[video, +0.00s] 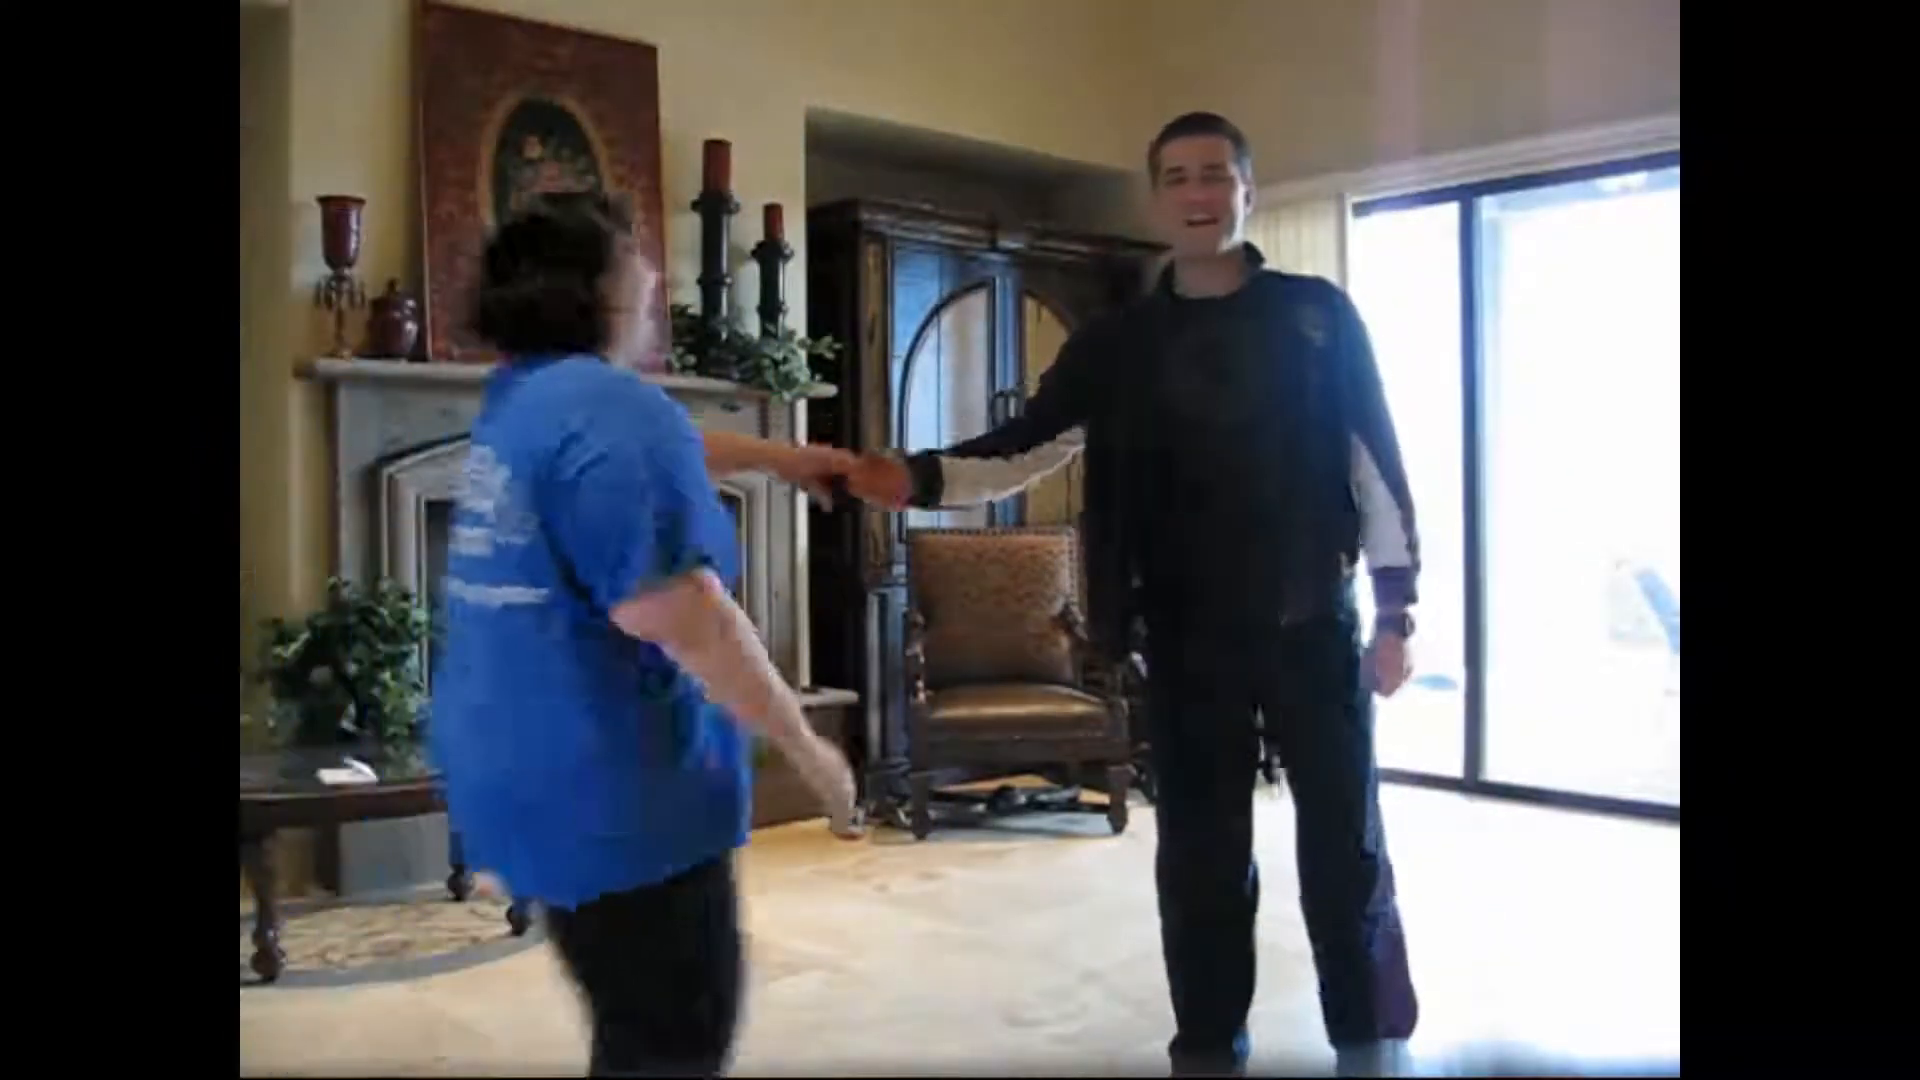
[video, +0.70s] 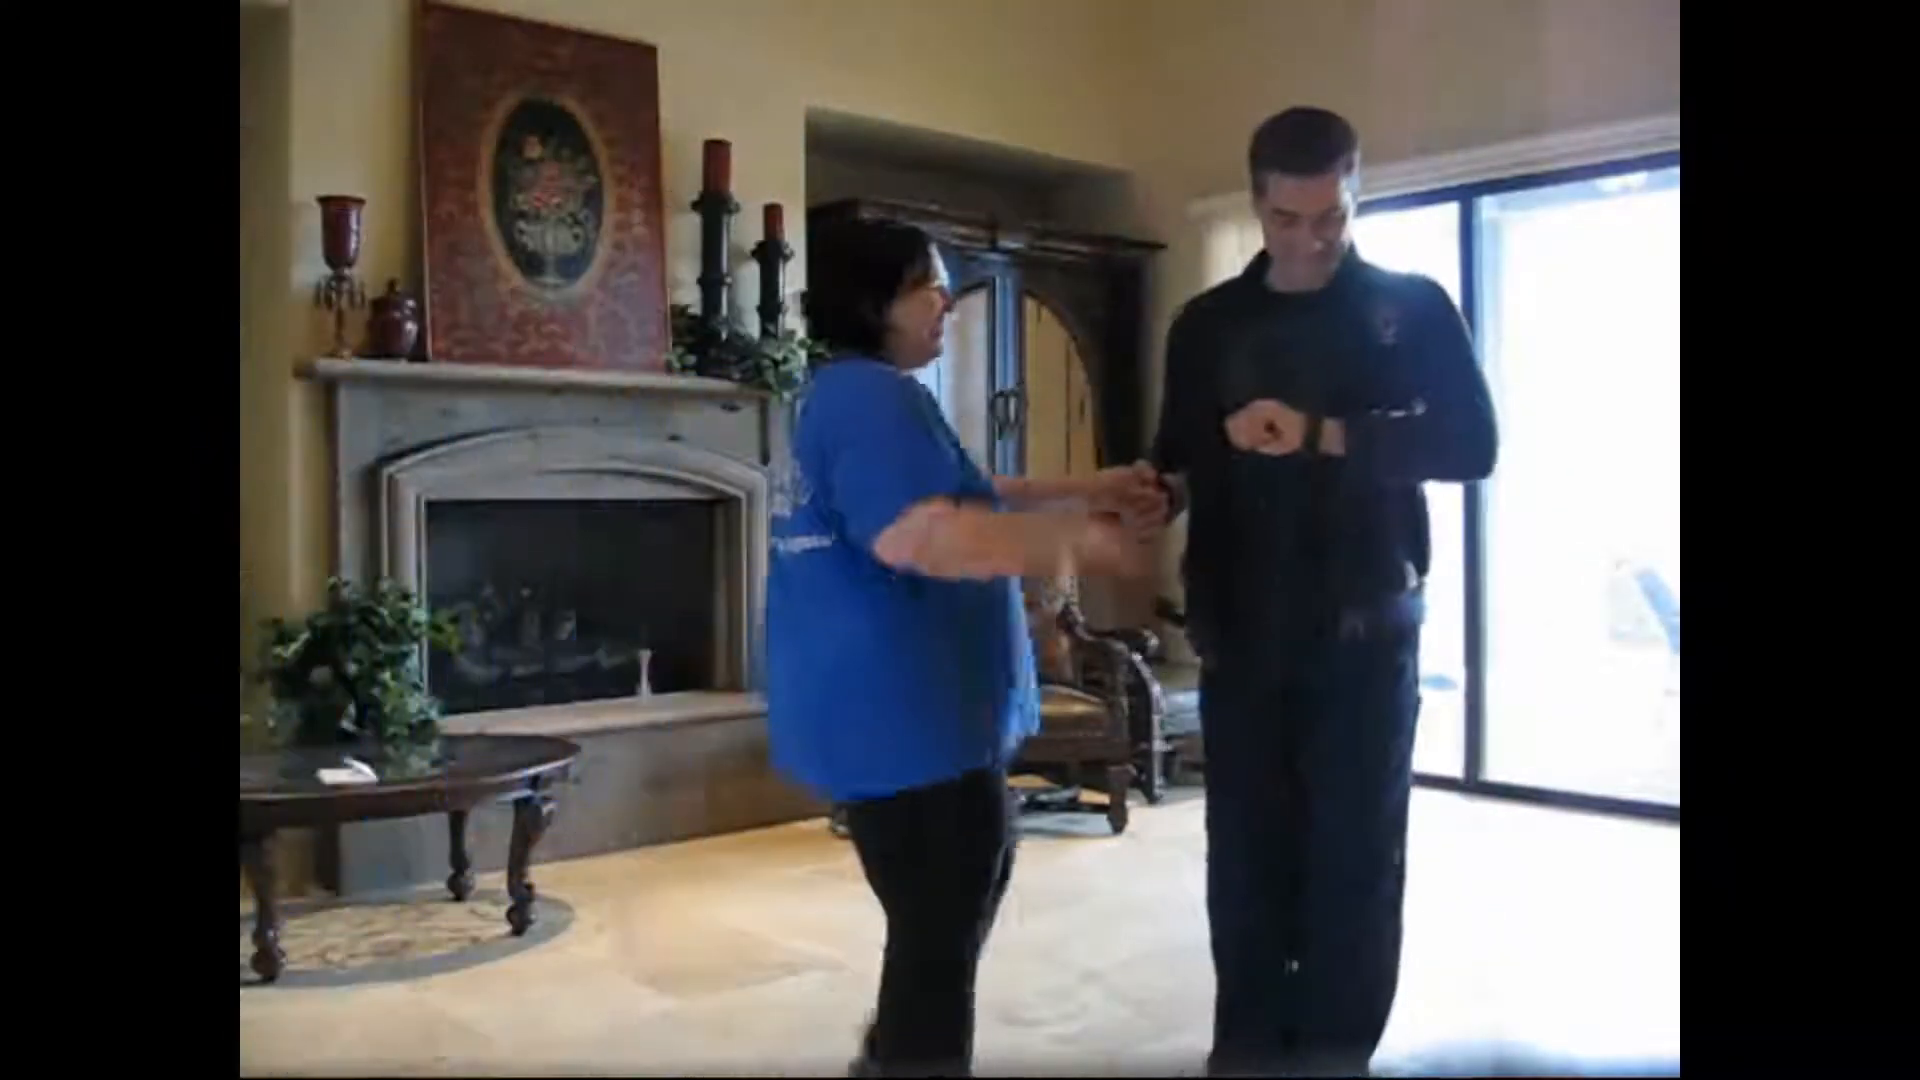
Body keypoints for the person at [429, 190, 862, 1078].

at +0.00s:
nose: (655, 281)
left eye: (648, 260)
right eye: (638, 261)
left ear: (529, 296)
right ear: (598, 287)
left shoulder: (525, 403)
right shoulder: (611, 415)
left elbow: (653, 446)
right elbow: (666, 600)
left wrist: (781, 459)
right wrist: (796, 738)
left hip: (553, 786)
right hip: (620, 798)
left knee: (643, 1030)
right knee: (674, 1037)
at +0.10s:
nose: (709, 264)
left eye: (700, 245)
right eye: (694, 247)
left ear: (589, 279)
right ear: (661, 273)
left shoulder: (588, 384)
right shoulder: (668, 391)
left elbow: (712, 457)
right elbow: (697, 573)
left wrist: (837, 477)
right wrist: (780, 762)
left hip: (576, 764)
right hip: (664, 770)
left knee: (649, 986)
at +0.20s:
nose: (757, 263)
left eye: (750, 246)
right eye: (744, 248)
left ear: (651, 276)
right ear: (705, 271)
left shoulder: (648, 371)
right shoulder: (713, 379)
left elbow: (793, 469)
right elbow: (723, 556)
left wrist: (925, 494)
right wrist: (772, 721)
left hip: (632, 737)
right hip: (728, 736)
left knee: (658, 960)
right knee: (843, 930)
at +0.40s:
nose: (850, 304)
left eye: (845, 286)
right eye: (831, 287)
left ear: (770, 309)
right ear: (779, 305)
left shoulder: (746, 406)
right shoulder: (791, 414)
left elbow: (886, 493)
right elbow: (798, 594)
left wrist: (1026, 502)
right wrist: (840, 757)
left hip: (745, 753)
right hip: (854, 754)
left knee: (746, 961)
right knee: (917, 949)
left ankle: (687, 1071)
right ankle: (921, 1061)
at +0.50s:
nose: (888, 305)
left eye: (882, 288)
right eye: (868, 289)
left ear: (819, 313)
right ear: (821, 309)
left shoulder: (789, 407)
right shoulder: (832, 414)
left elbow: (934, 505)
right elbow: (845, 578)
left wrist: (1066, 502)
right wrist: (919, 750)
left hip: (804, 748)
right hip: (899, 751)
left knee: (835, 934)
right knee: (942, 948)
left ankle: (732, 1070)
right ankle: (928, 1070)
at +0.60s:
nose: (920, 304)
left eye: (914, 287)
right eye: (902, 289)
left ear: (845, 308)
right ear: (857, 306)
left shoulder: (821, 402)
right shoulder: (861, 408)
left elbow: (949, 504)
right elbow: (889, 568)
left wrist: (1081, 493)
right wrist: (1022, 675)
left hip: (841, 720)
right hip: (904, 725)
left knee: (907, 886)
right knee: (947, 933)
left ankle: (815, 1052)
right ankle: (932, 1065)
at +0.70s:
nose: (945, 304)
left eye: (941, 286)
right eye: (926, 288)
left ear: (884, 304)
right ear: (875, 301)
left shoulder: (889, 394)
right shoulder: (859, 398)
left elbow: (972, 499)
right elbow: (912, 533)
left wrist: (1096, 491)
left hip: (932, 708)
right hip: (893, 722)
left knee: (978, 866)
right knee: (939, 906)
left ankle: (899, 1043)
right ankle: (926, 1062)